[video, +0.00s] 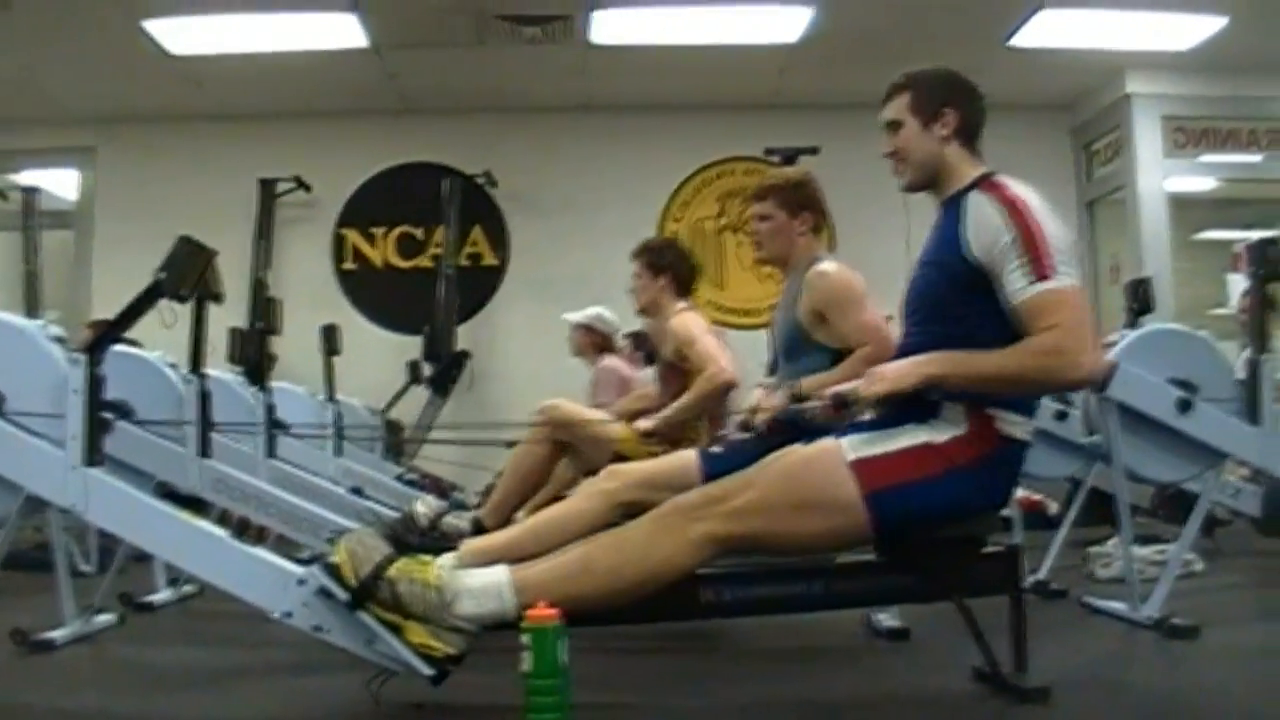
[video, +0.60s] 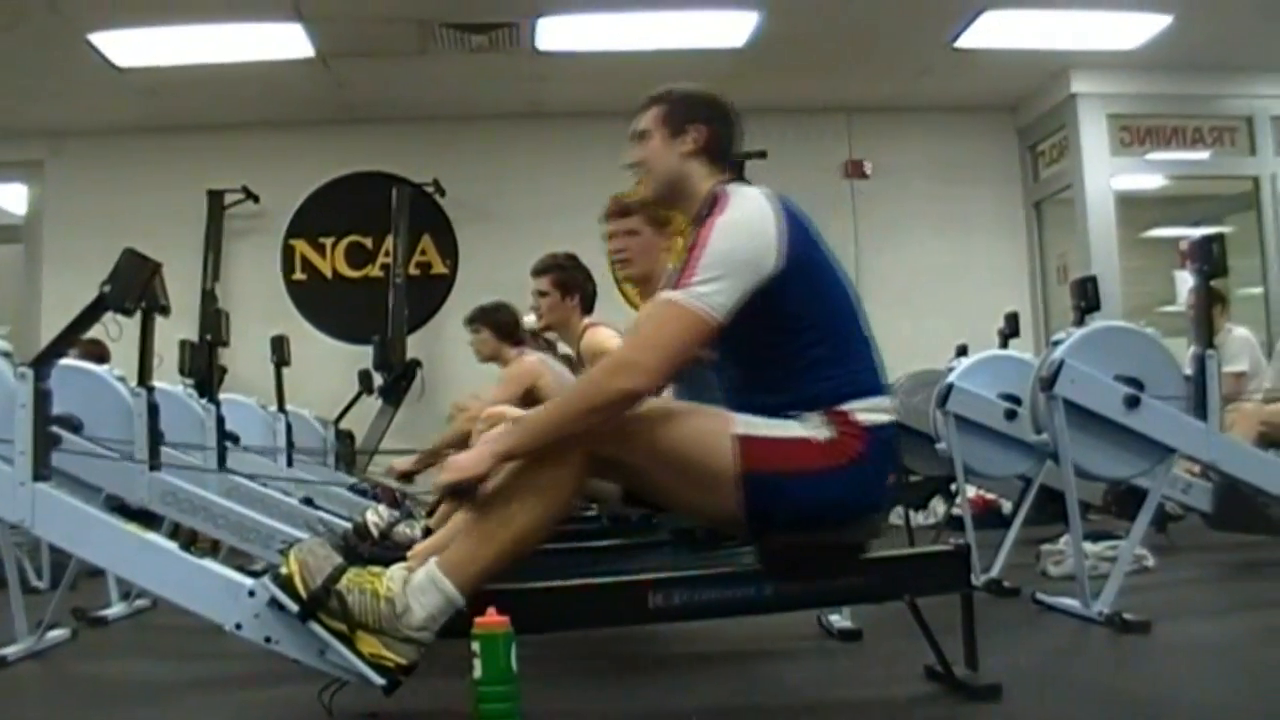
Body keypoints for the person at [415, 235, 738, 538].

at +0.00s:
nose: (631, 287)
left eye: (639, 277)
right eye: (633, 277)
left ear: (664, 281)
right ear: (662, 282)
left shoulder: (683, 324)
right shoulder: (664, 329)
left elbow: (721, 375)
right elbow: (663, 393)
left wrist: (659, 422)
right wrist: (605, 415)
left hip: (681, 450)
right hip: (663, 442)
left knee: (553, 415)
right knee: (571, 450)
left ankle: (486, 521)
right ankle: (496, 522)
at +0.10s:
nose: (576, 285)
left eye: (582, 276)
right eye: (577, 277)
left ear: (607, 280)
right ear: (608, 280)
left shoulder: (631, 321)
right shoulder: (618, 325)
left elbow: (673, 373)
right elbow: (613, 391)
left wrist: (611, 419)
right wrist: (558, 412)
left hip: (625, 453)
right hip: (613, 446)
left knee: (508, 410)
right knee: (517, 430)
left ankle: (443, 520)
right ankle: (454, 522)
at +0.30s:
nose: (549, 302)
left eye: (556, 291)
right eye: (550, 292)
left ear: (584, 294)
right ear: (582, 296)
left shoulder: (608, 335)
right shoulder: (592, 345)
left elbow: (663, 376)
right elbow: (554, 404)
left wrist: (617, 418)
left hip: (620, 455)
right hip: (605, 449)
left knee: (501, 419)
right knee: (499, 422)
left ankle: (442, 532)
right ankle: (445, 523)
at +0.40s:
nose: (542, 302)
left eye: (550, 292)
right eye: (543, 293)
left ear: (579, 295)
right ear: (577, 297)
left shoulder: (602, 338)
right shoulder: (586, 347)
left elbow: (663, 379)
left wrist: (596, 413)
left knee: (499, 418)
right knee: (496, 422)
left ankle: (440, 531)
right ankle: (443, 528)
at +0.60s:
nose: (471, 342)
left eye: (477, 333)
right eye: (471, 334)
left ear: (497, 334)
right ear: (499, 335)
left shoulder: (526, 367)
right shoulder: (525, 364)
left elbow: (474, 424)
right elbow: (480, 421)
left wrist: (418, 462)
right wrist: (424, 461)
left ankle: (432, 526)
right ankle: (433, 524)